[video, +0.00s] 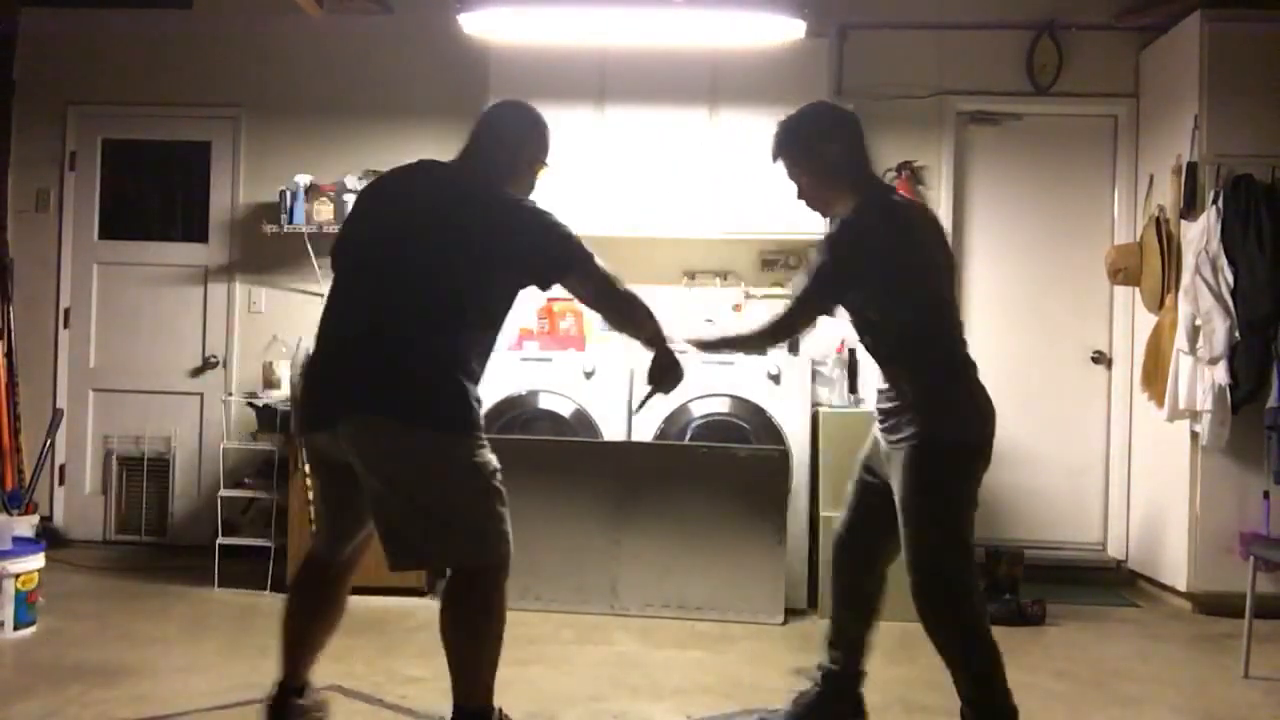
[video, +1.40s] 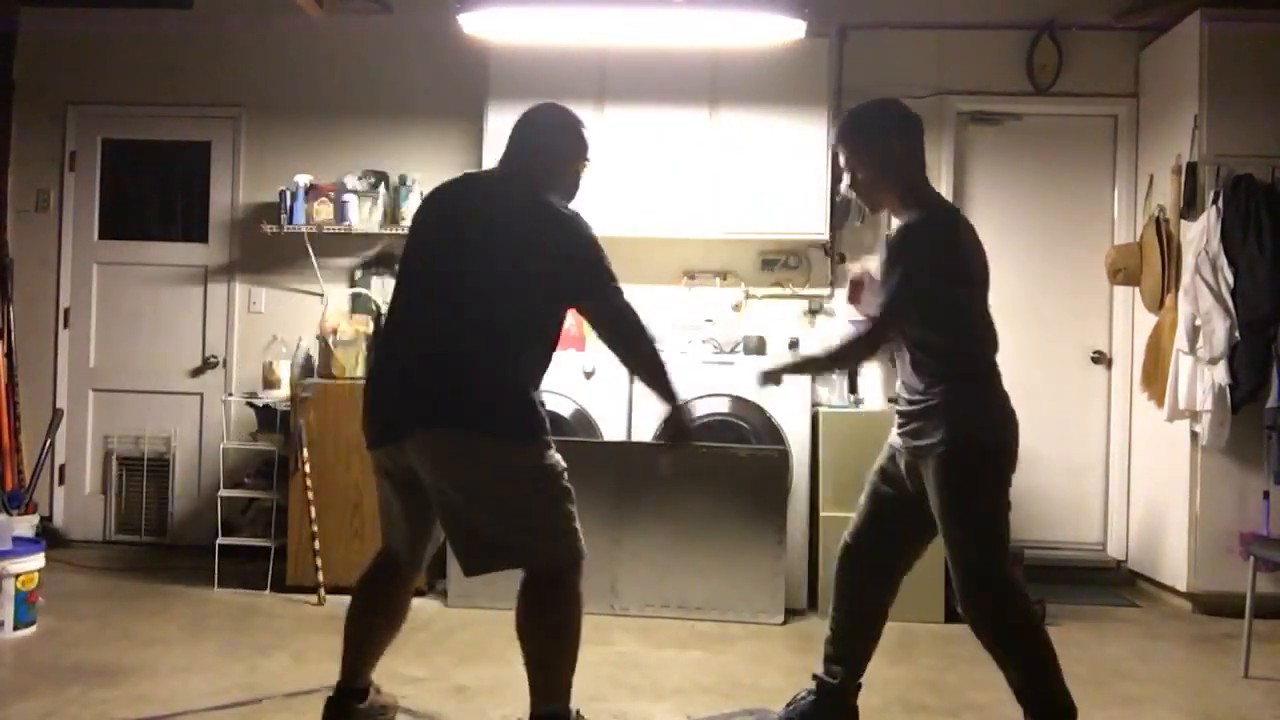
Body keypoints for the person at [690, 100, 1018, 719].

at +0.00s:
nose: (796, 190)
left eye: (797, 174)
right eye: (791, 177)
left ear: (833, 157)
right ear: (844, 156)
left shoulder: (856, 233)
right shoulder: (910, 215)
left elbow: (780, 330)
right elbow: (941, 309)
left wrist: (697, 343)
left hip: (939, 427)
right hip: (901, 421)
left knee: (942, 595)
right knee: (856, 553)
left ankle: (992, 714)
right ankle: (838, 692)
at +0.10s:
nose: (814, 187)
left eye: (817, 170)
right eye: (809, 172)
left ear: (852, 158)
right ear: (864, 158)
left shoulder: (876, 241)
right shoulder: (931, 219)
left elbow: (844, 356)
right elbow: (927, 324)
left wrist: (785, 354)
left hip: (937, 430)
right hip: (915, 424)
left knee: (934, 600)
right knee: (862, 557)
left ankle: (990, 716)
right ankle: (843, 692)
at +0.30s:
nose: (842, 174)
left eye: (847, 157)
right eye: (838, 160)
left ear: (890, 144)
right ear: (885, 149)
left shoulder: (938, 217)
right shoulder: (906, 224)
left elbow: (928, 329)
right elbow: (904, 319)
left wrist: (853, 296)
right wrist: (851, 297)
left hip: (939, 433)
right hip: (891, 430)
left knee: (941, 600)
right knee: (844, 564)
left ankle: (990, 715)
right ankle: (853, 695)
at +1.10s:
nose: (832, 189)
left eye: (839, 171)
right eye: (827, 174)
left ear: (884, 161)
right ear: (872, 168)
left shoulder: (937, 237)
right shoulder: (873, 254)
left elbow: (894, 340)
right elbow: (850, 355)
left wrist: (829, 269)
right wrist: (816, 293)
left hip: (931, 443)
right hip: (870, 435)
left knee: (960, 604)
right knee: (810, 568)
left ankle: (1041, 714)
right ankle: (829, 699)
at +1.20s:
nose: (832, 183)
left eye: (839, 166)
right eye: (828, 168)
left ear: (881, 155)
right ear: (866, 163)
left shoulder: (916, 220)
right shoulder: (869, 230)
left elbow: (820, 285)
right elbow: (874, 338)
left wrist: (748, 272)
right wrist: (832, 297)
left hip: (944, 432)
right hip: (887, 427)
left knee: (964, 595)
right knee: (826, 565)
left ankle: (1045, 714)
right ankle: (827, 699)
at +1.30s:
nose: (839, 174)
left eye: (846, 158)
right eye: (835, 160)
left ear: (886, 151)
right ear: (890, 154)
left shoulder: (906, 227)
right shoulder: (898, 218)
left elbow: (811, 302)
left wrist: (735, 328)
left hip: (957, 430)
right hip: (907, 424)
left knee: (982, 590)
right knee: (858, 559)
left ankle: (1050, 710)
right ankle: (834, 694)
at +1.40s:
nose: (844, 181)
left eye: (850, 165)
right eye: (841, 167)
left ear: (890, 156)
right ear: (896, 158)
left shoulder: (927, 233)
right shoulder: (923, 227)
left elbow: (876, 335)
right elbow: (942, 317)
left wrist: (790, 367)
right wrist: (880, 299)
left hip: (965, 434)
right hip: (917, 431)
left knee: (985, 593)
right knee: (864, 564)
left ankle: (1055, 714)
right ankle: (833, 696)